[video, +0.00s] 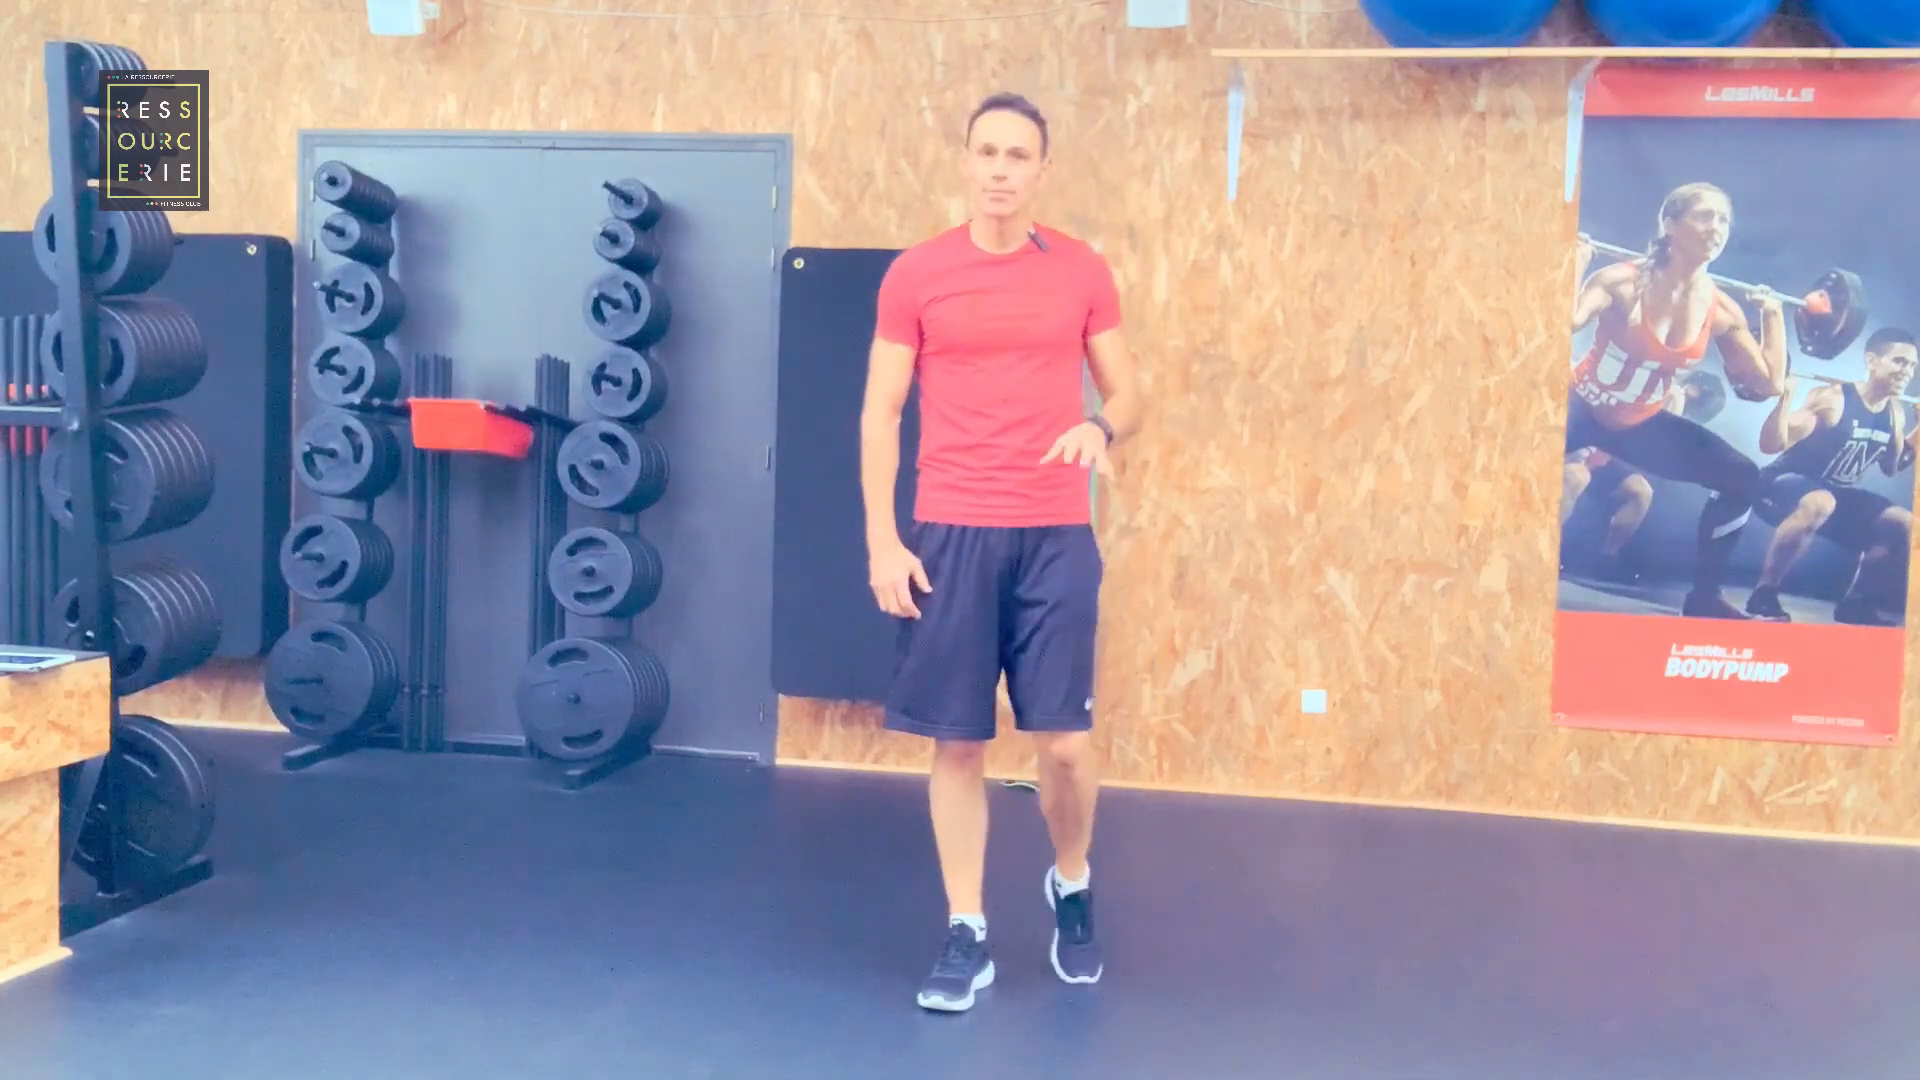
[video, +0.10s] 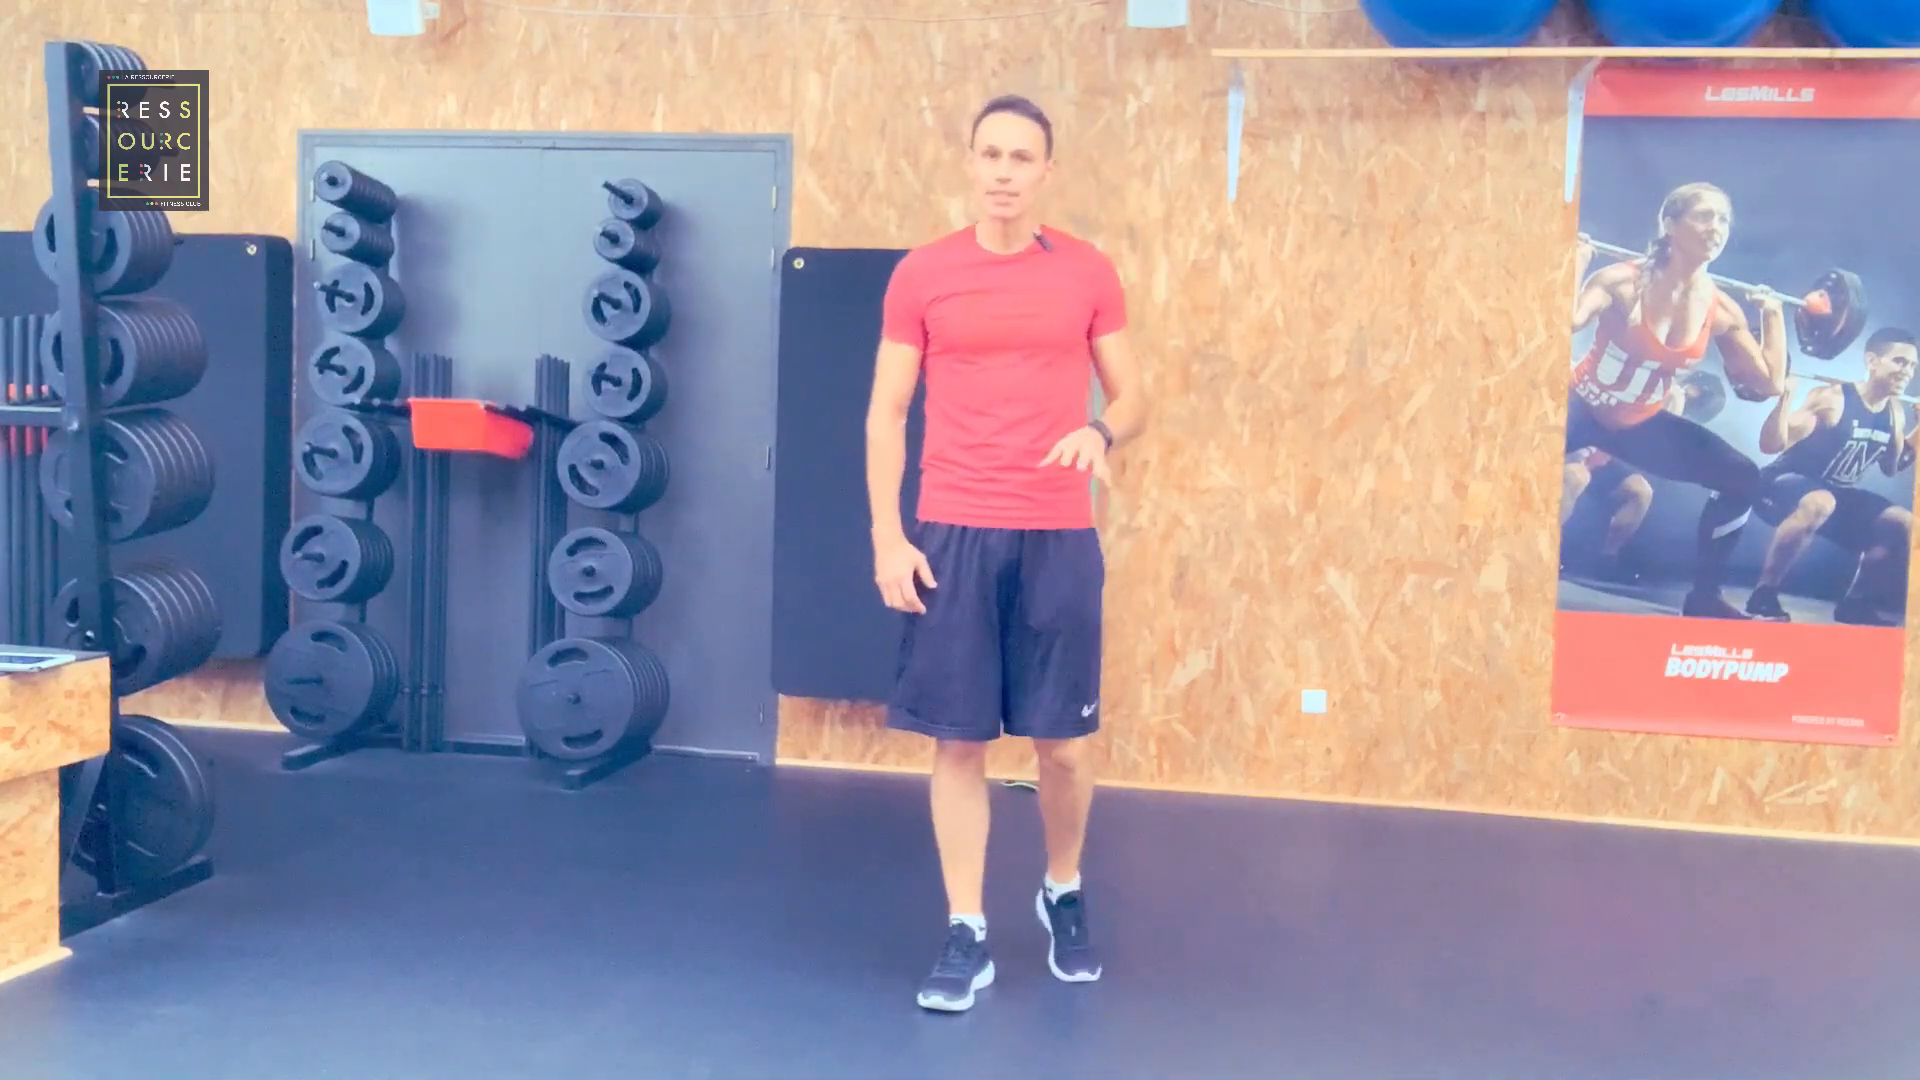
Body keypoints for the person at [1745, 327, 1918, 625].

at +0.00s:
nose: (1906, 371)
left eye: (1911, 365)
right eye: (1899, 361)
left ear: (1913, 371)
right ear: (1872, 361)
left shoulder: (1894, 411)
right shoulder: (1831, 397)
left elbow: (1891, 466)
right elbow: (1768, 444)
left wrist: (1914, 437)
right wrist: (1785, 397)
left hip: (1839, 494)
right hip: (1785, 481)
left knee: (1905, 524)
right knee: (1821, 502)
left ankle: (1855, 603)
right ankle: (1764, 595)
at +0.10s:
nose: (1906, 371)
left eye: (1911, 365)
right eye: (1899, 361)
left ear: (1914, 371)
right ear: (1872, 361)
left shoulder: (1894, 412)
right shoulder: (1830, 397)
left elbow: (1891, 466)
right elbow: (1768, 444)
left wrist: (1914, 438)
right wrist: (1784, 397)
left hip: (1839, 495)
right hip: (1786, 481)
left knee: (1905, 524)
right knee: (1821, 502)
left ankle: (1854, 604)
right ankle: (1764, 595)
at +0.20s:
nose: (1906, 371)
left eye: (1911, 365)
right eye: (1899, 361)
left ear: (1913, 371)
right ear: (1872, 361)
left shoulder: (1894, 411)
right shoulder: (1831, 397)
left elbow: (1891, 467)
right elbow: (1769, 444)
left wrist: (1914, 438)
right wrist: (1785, 397)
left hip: (1839, 495)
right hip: (1786, 481)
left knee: (1904, 524)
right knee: (1821, 502)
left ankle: (1854, 604)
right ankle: (1764, 595)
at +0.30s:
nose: (1906, 371)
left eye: (1911, 365)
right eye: (1899, 361)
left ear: (1913, 371)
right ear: (1872, 361)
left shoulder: (1894, 411)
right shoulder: (1831, 397)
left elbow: (1891, 467)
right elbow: (1769, 444)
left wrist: (1914, 438)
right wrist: (1785, 397)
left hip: (1839, 495)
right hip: (1786, 481)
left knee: (1904, 524)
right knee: (1821, 502)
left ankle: (1854, 604)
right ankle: (1764, 595)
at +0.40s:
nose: (1906, 371)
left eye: (1911, 365)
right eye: (1899, 361)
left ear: (1913, 371)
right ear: (1872, 361)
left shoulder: (1894, 411)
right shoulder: (1831, 397)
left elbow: (1891, 467)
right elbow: (1769, 444)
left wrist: (1914, 438)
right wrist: (1785, 397)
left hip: (1839, 495)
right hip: (1786, 481)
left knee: (1905, 524)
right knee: (1821, 502)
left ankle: (1854, 604)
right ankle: (1764, 595)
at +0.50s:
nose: (1906, 371)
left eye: (1911, 365)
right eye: (1899, 361)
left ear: (1913, 371)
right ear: (1872, 361)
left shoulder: (1894, 411)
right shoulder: (1831, 397)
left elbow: (1891, 467)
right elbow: (1769, 444)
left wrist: (1914, 438)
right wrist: (1785, 397)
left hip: (1839, 495)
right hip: (1786, 481)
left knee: (1905, 524)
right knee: (1821, 502)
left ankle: (1854, 604)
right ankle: (1764, 595)